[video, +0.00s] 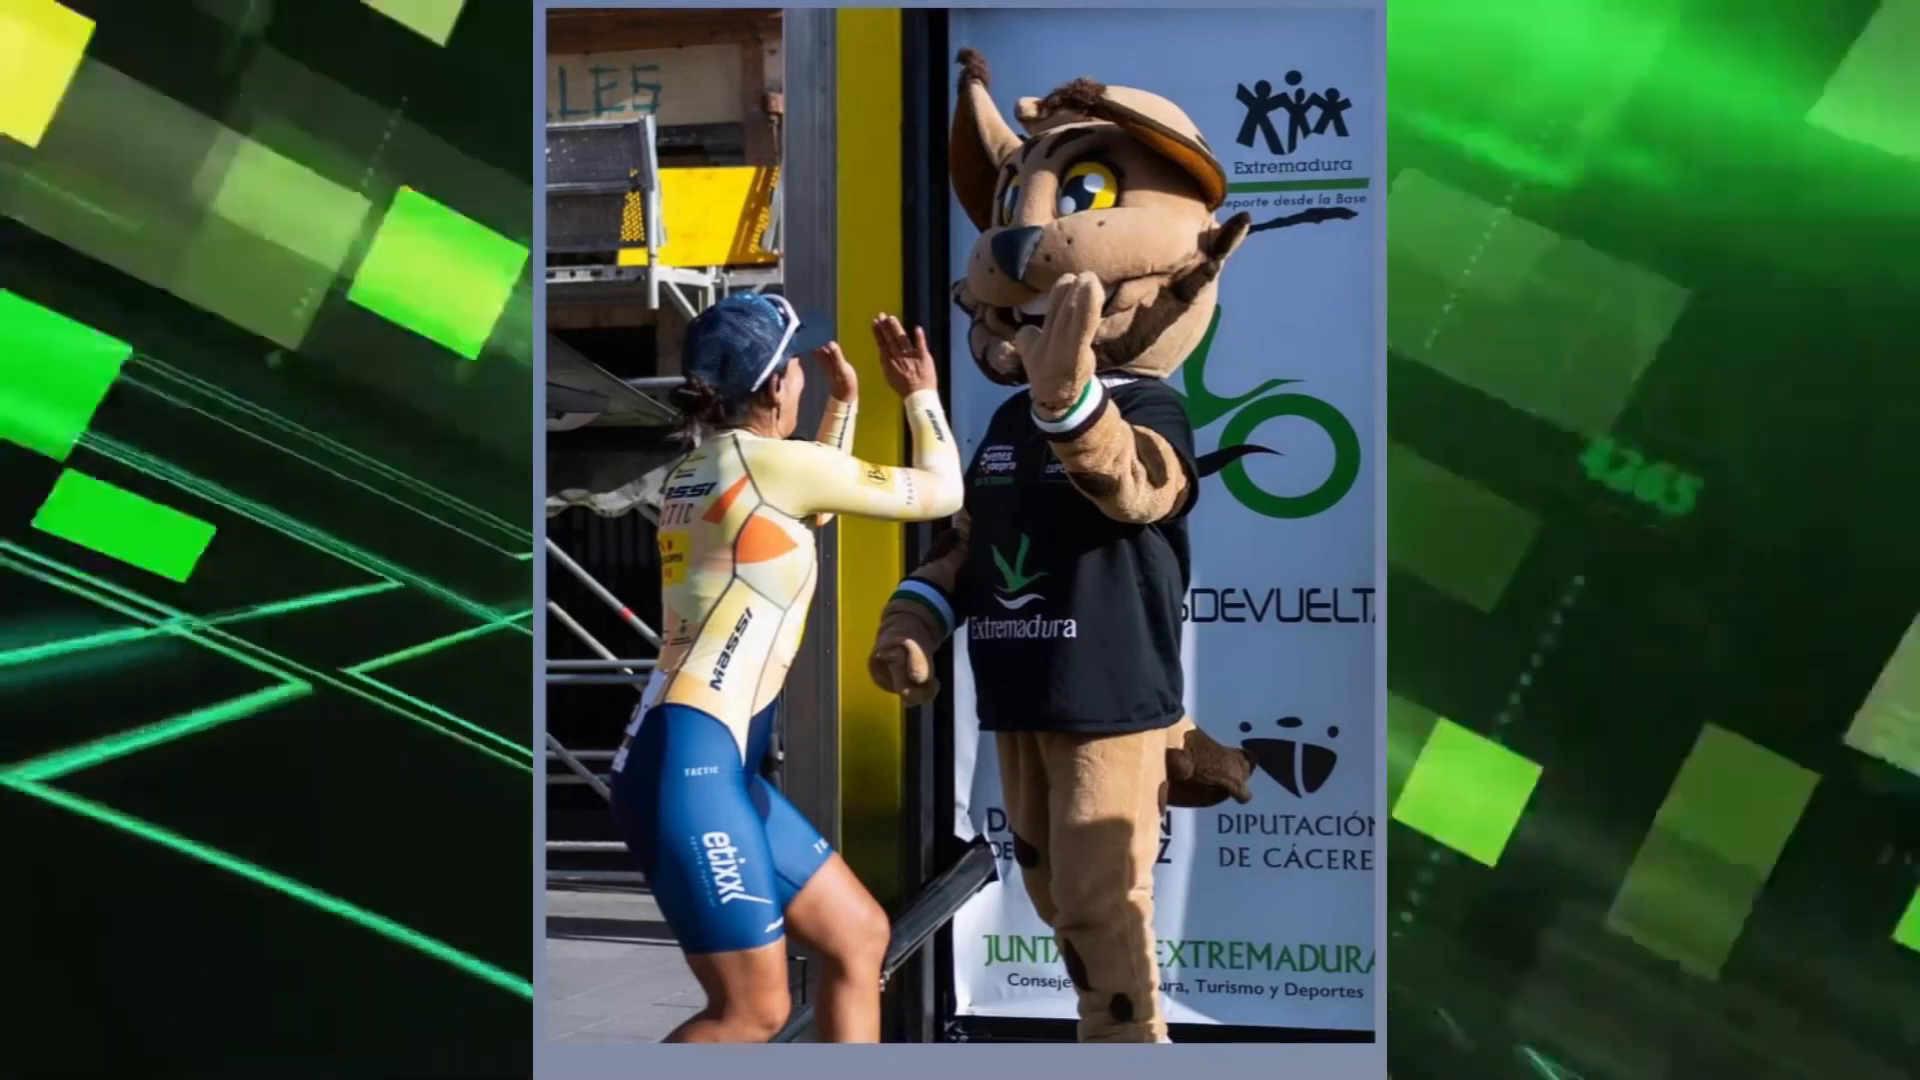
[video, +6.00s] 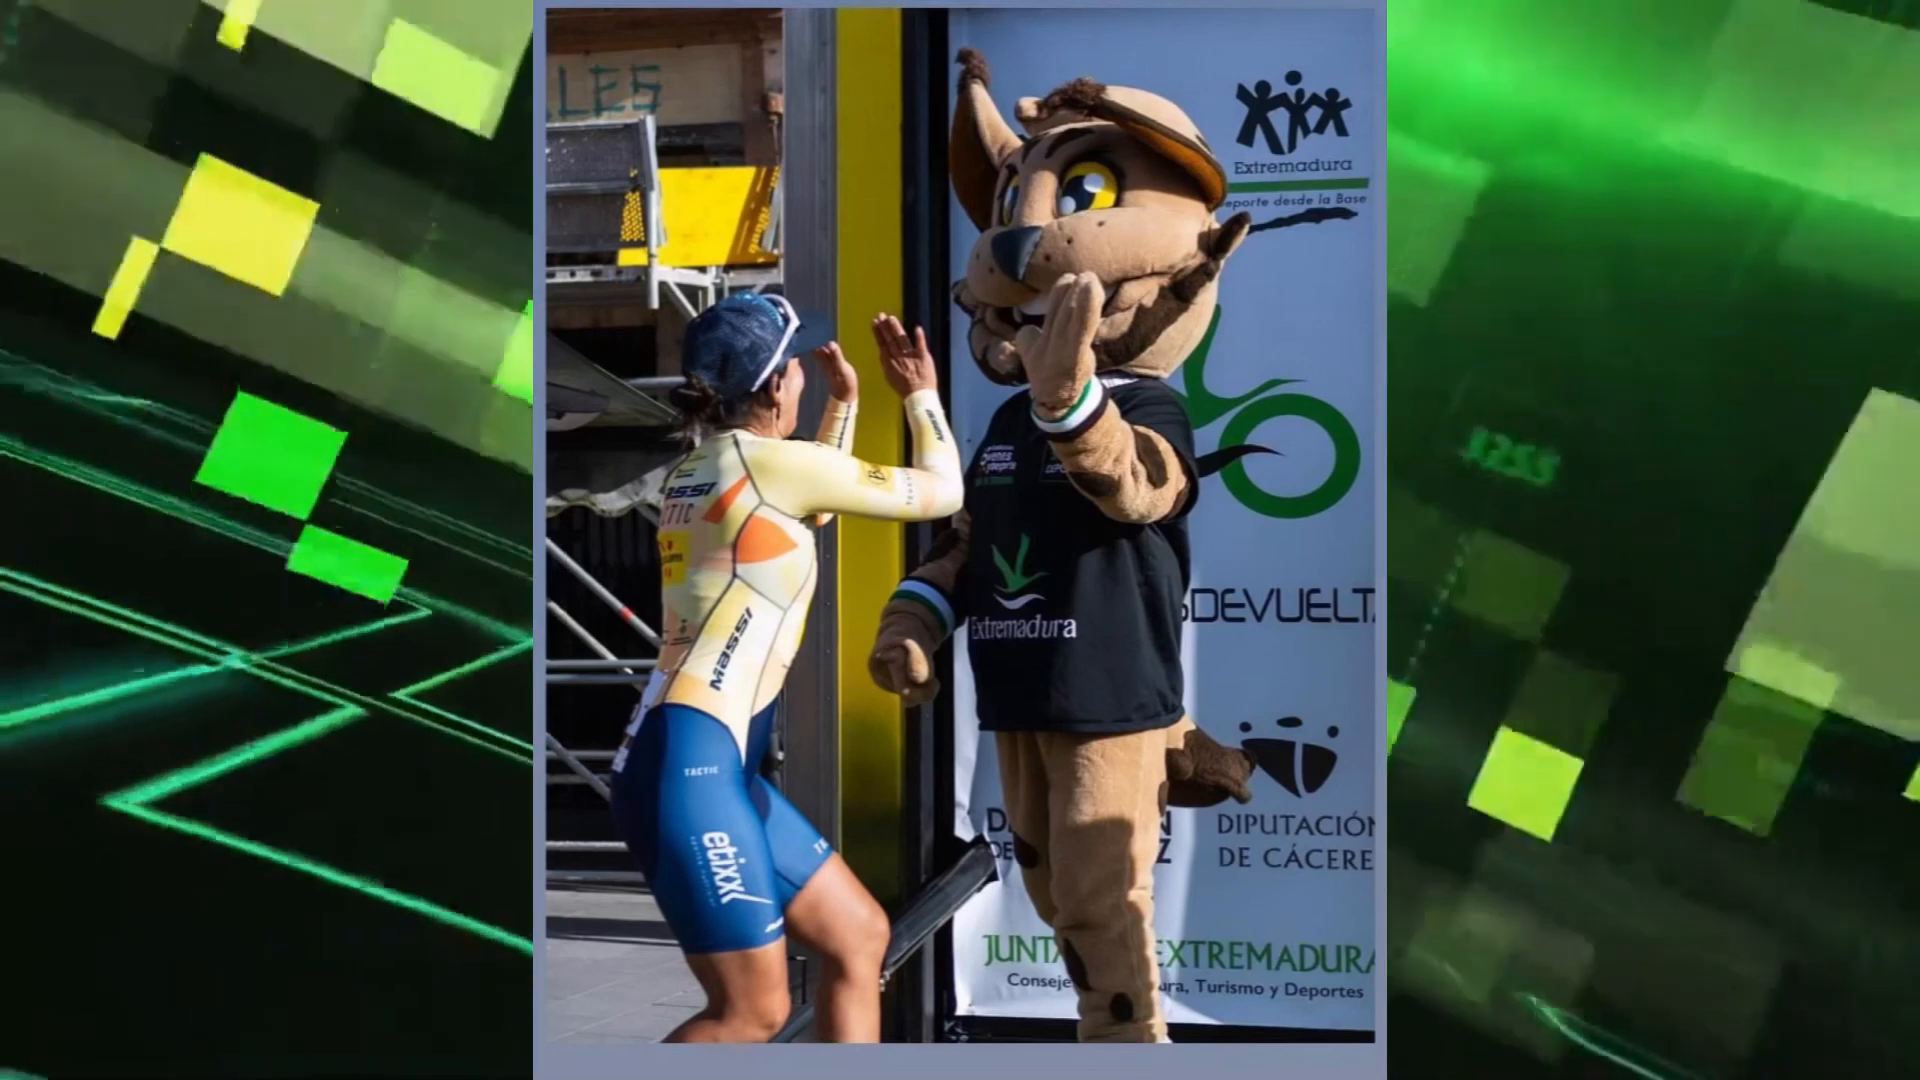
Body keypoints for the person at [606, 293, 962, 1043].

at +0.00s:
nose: (804, 376)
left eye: (800, 362)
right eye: (797, 363)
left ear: (714, 388)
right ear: (777, 380)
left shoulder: (693, 471)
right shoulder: (779, 465)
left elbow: (798, 495)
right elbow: (938, 492)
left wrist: (840, 413)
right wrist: (924, 396)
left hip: (714, 769)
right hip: (686, 774)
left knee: (860, 934)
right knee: (754, 1009)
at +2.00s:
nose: (803, 377)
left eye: (800, 363)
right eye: (797, 364)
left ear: (713, 387)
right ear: (778, 380)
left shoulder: (695, 471)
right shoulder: (779, 465)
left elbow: (801, 496)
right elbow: (938, 492)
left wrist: (840, 411)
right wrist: (924, 396)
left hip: (714, 769)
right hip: (686, 774)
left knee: (860, 933)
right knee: (754, 1009)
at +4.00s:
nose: (804, 377)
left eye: (800, 363)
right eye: (797, 364)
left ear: (714, 387)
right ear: (777, 380)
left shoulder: (695, 471)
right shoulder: (779, 465)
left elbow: (801, 497)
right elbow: (938, 492)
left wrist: (840, 411)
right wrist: (924, 396)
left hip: (715, 769)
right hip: (686, 774)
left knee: (860, 933)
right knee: (754, 1009)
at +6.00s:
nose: (803, 377)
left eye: (799, 363)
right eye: (796, 364)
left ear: (715, 387)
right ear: (776, 380)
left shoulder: (692, 471)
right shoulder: (778, 465)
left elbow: (798, 494)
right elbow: (938, 492)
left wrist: (840, 412)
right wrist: (924, 395)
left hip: (714, 770)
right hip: (686, 774)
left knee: (860, 934)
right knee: (754, 1010)